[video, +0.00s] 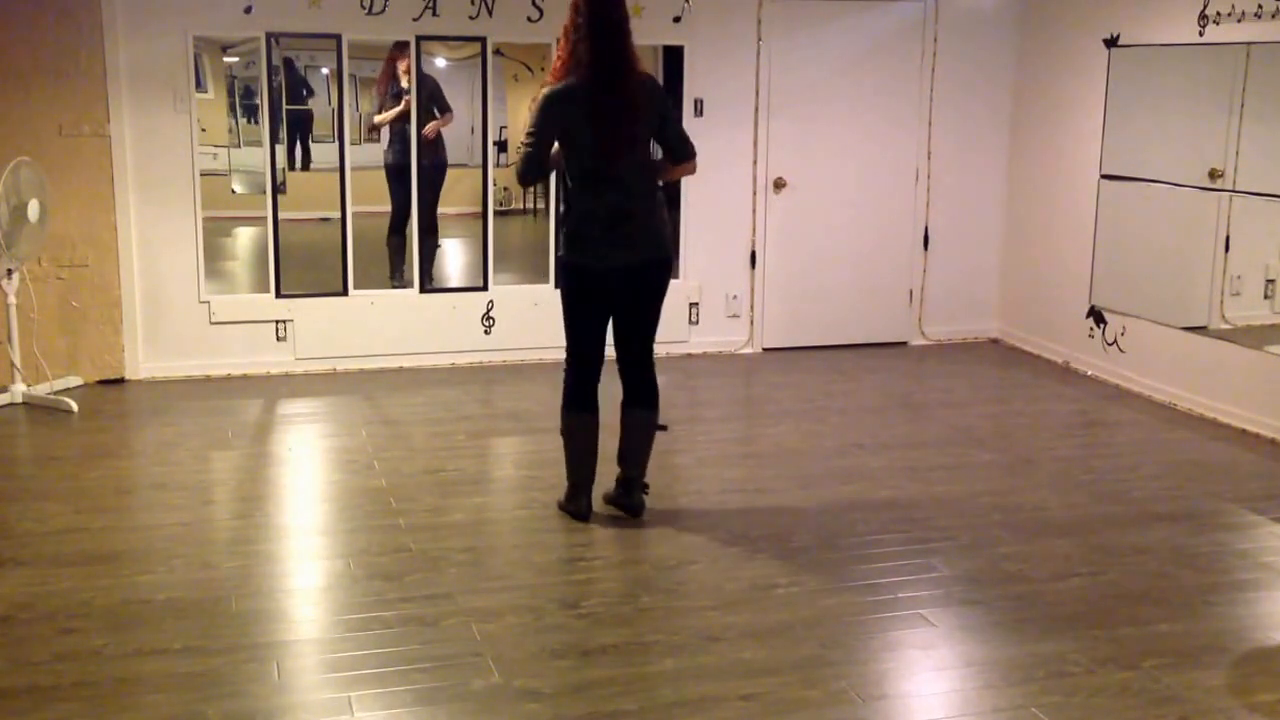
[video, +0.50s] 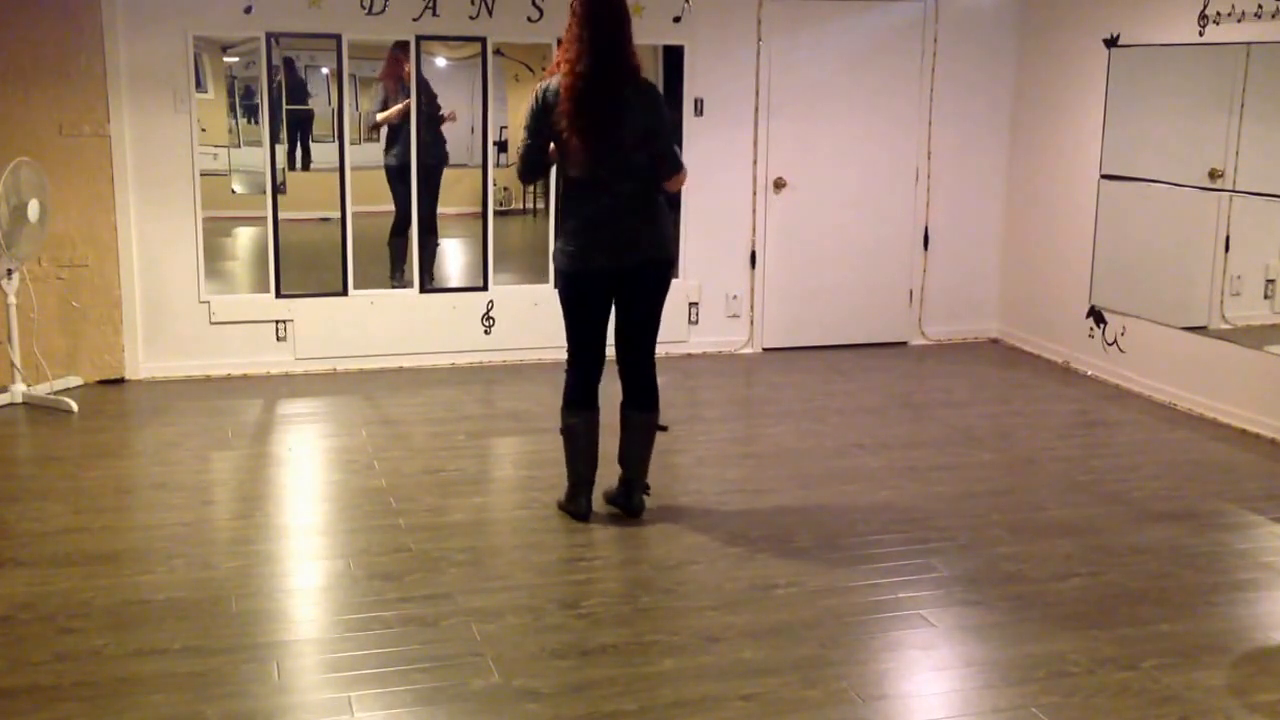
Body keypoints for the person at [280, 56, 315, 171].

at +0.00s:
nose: (284, 70)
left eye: (283, 67)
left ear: (283, 67)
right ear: (294, 65)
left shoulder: (282, 81)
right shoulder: (300, 77)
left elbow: (278, 96)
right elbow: (311, 91)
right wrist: (304, 98)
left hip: (289, 112)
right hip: (303, 112)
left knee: (291, 143)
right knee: (304, 142)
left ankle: (291, 168)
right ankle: (305, 168)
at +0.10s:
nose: (284, 70)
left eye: (283, 67)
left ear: (283, 67)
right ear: (294, 65)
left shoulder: (281, 81)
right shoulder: (300, 78)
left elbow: (277, 98)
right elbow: (310, 92)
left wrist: (279, 110)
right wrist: (304, 98)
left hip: (289, 113)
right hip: (304, 112)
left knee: (291, 143)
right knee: (305, 142)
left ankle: (291, 168)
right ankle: (305, 168)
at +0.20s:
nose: (283, 70)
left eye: (283, 67)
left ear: (283, 67)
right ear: (294, 65)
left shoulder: (281, 82)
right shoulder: (301, 79)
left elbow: (277, 99)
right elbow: (309, 94)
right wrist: (301, 99)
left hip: (290, 113)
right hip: (305, 112)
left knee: (291, 144)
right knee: (305, 142)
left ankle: (290, 169)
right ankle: (305, 169)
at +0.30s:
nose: (283, 70)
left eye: (282, 68)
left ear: (283, 67)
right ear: (294, 65)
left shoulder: (281, 82)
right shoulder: (301, 79)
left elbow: (277, 99)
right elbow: (307, 94)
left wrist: (279, 112)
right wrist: (301, 99)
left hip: (290, 113)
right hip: (305, 112)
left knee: (291, 144)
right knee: (305, 142)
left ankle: (291, 170)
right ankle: (306, 169)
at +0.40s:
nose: (283, 70)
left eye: (283, 67)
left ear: (283, 67)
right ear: (294, 65)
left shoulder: (281, 82)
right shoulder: (301, 79)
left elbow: (278, 99)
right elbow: (307, 94)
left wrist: (279, 112)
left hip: (290, 113)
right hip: (305, 111)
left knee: (291, 144)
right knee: (305, 142)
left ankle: (291, 169)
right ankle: (306, 169)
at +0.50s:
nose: (284, 70)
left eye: (283, 68)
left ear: (283, 68)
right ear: (294, 66)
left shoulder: (281, 83)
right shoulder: (300, 80)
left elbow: (278, 100)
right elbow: (306, 95)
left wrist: (279, 115)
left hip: (290, 113)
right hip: (305, 112)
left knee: (292, 144)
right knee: (305, 143)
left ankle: (291, 170)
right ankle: (306, 169)